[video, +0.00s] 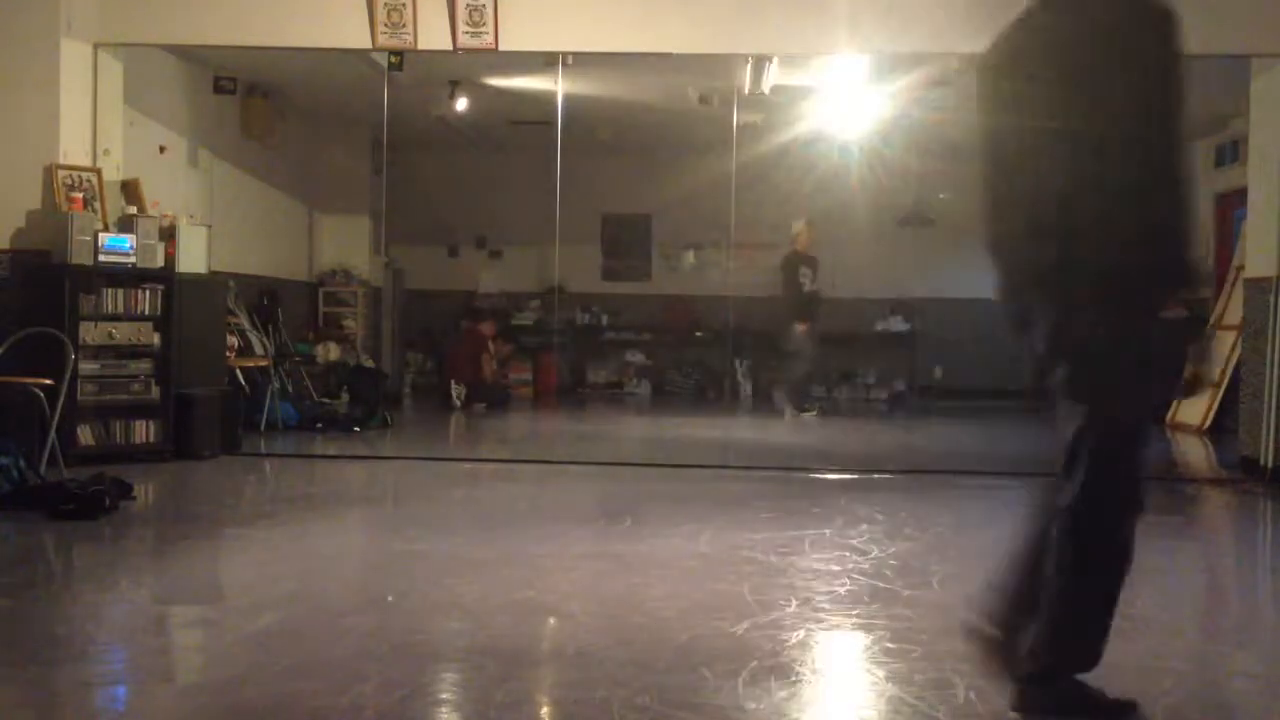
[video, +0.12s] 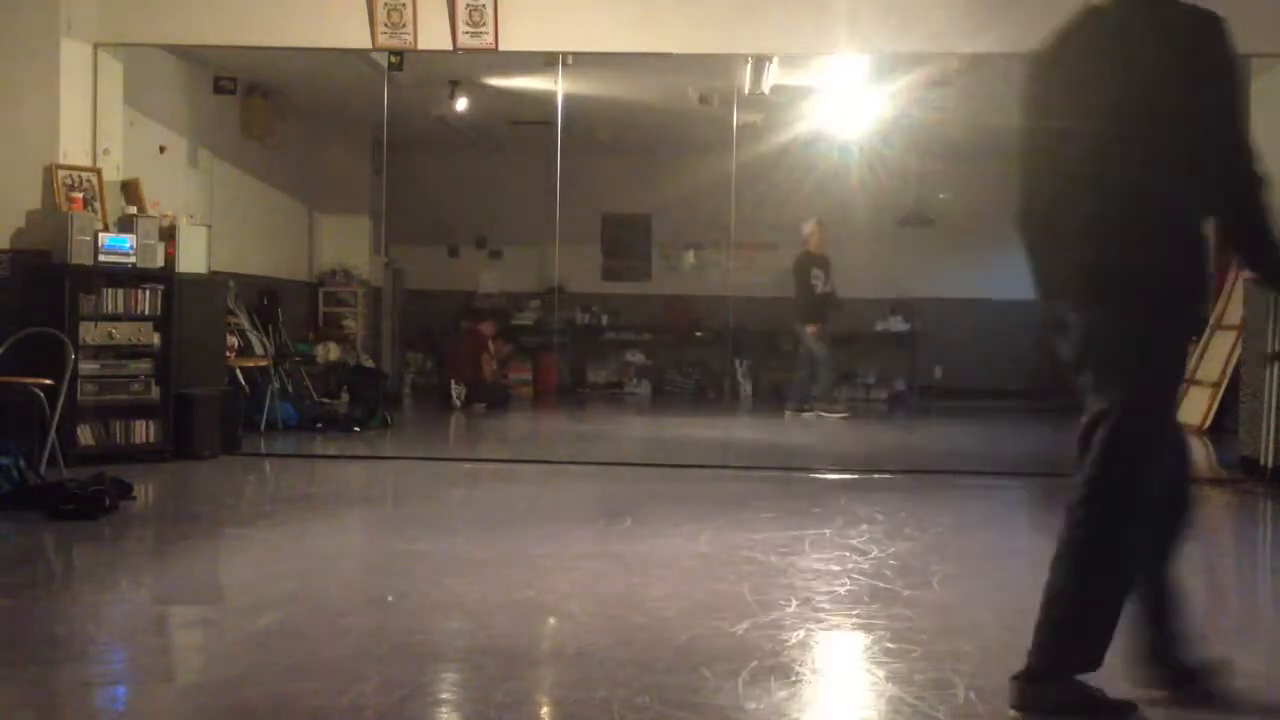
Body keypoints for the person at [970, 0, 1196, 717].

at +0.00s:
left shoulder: (1015, 43)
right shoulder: (1138, 21)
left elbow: (1013, 190)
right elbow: (1145, 166)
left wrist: (1029, 299)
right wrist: (1171, 283)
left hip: (1056, 293)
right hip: (1115, 297)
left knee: (1096, 461)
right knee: (1108, 479)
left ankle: (1014, 618)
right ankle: (1051, 673)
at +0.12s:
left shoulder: (1061, 46)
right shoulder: (1193, 31)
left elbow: (1039, 195)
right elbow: (1225, 168)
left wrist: (1061, 296)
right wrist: (1260, 253)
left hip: (1074, 292)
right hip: (1157, 286)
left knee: (1156, 472)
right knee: (1119, 477)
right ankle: (1052, 674)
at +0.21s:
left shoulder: (1090, 64)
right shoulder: (1225, 51)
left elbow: (1070, 208)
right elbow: (1262, 189)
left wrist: (1067, 331)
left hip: (1097, 305)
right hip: (1178, 305)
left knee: (1180, 491)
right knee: (1127, 491)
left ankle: (1255, 656)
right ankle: (1053, 671)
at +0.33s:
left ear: (1177, 5)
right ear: (1236, 0)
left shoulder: (1133, 75)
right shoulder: (1259, 59)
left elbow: (1121, 219)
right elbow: (1253, 206)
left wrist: (1124, 340)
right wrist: (1257, 313)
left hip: (1154, 318)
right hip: (1228, 317)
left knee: (1241, 493)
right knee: (1181, 491)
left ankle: (1279, 636)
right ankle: (1071, 649)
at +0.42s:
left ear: (1206, 9)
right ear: (1259, 4)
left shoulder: (1166, 79)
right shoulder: (1265, 62)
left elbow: (1155, 224)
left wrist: (1163, 342)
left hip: (1201, 324)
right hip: (1257, 324)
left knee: (1256, 495)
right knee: (1251, 492)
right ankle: (1117, 628)